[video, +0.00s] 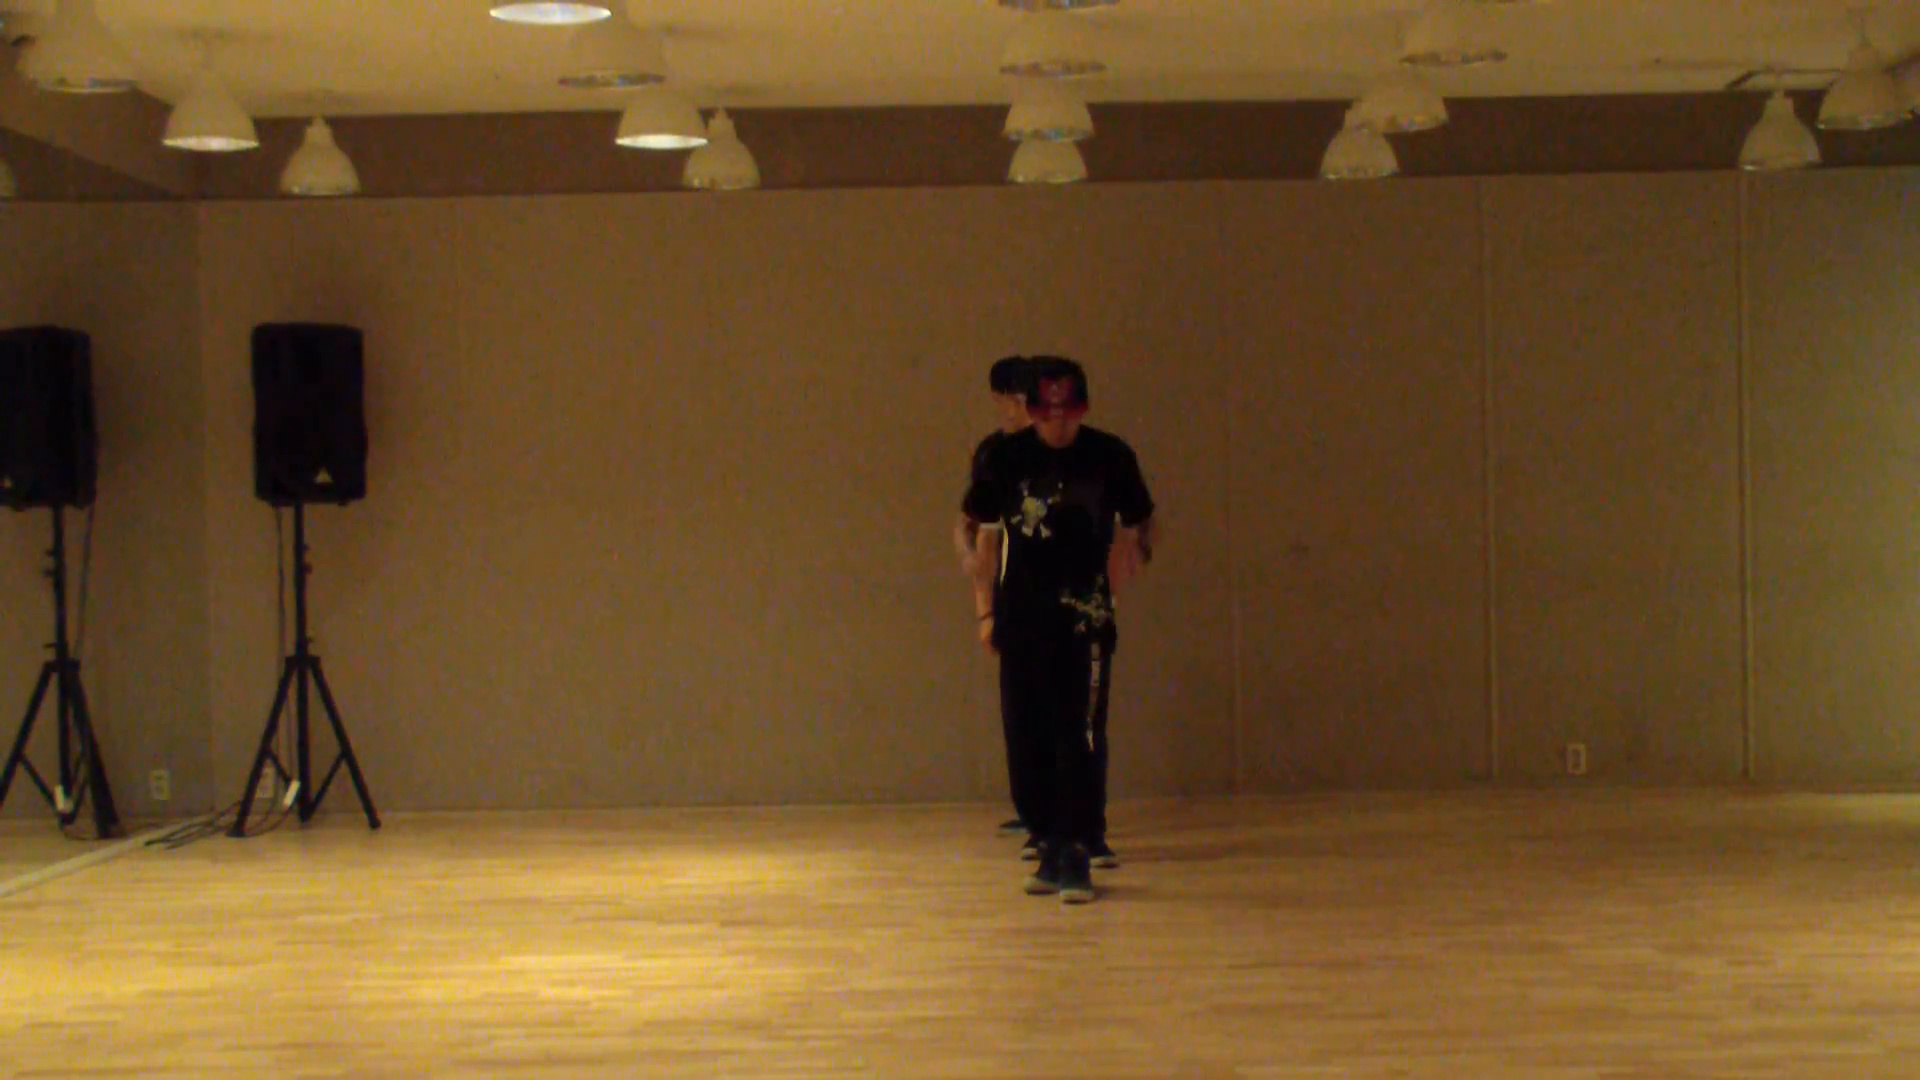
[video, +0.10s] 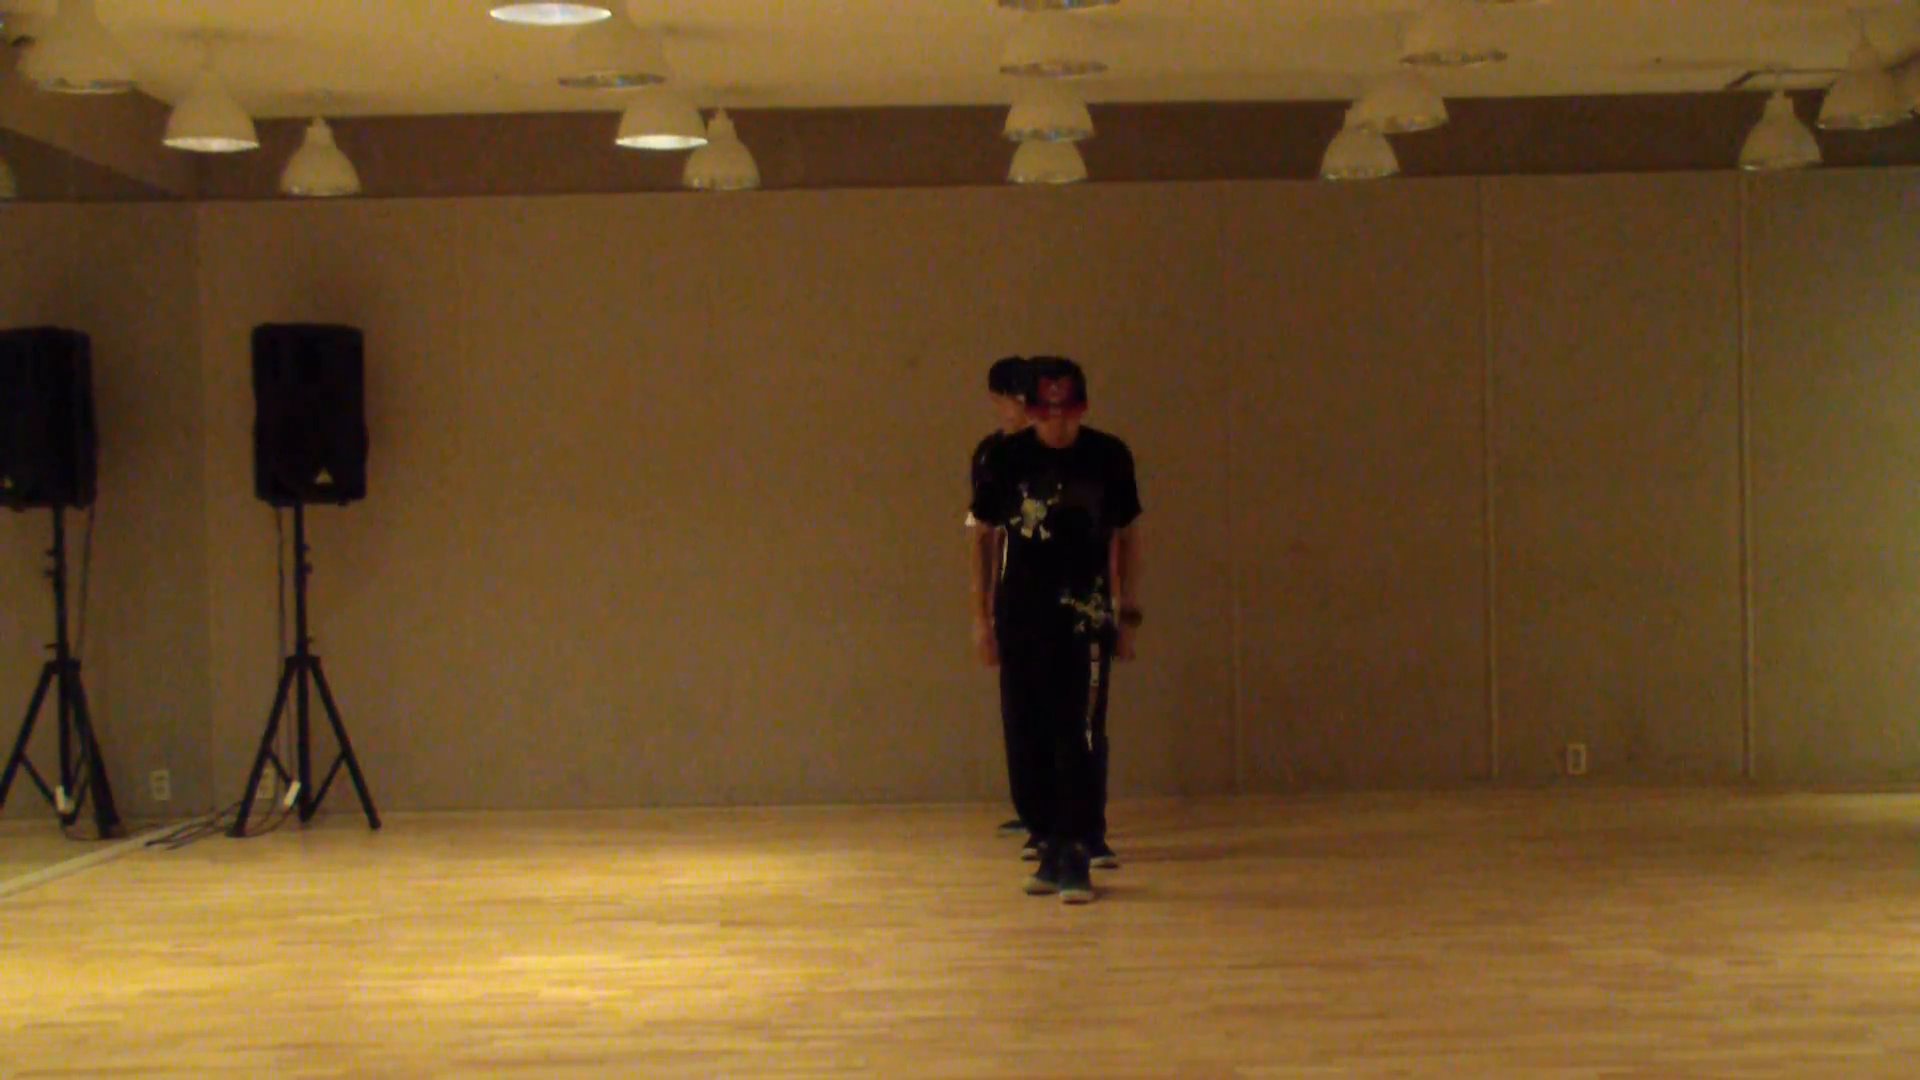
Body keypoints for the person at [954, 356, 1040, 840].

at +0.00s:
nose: (1001, 408)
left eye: (1005, 399)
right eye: (999, 399)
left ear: (1024, 399)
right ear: (1002, 400)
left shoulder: (1055, 449)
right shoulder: (993, 450)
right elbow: (967, 518)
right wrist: (969, 551)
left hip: (1053, 584)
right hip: (1012, 585)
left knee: (1052, 700)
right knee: (1021, 700)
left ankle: (1047, 810)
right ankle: (1026, 807)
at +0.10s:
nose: (999, 410)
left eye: (1002, 401)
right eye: (997, 401)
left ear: (1020, 400)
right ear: (1003, 401)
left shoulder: (1052, 451)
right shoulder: (990, 453)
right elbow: (981, 534)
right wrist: (984, 610)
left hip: (1058, 594)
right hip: (1015, 596)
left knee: (1058, 708)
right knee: (1022, 708)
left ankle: (1050, 814)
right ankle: (1027, 807)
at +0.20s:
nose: (998, 410)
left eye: (1002, 401)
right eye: (997, 401)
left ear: (1020, 400)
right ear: (1003, 401)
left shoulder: (1053, 451)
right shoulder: (990, 452)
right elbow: (982, 533)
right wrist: (984, 591)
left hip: (1054, 591)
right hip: (1013, 593)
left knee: (1052, 704)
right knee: (1022, 705)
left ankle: (1046, 811)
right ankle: (1027, 805)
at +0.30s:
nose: (998, 411)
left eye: (1002, 402)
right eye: (996, 402)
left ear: (1019, 400)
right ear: (1000, 402)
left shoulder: (1052, 450)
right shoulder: (990, 453)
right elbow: (980, 530)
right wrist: (984, 591)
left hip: (1052, 590)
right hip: (1011, 592)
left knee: (1050, 704)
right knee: (1020, 704)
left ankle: (1046, 811)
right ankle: (1026, 807)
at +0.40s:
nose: (997, 410)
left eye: (1001, 401)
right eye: (996, 401)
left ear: (1017, 399)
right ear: (1000, 400)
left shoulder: (1051, 450)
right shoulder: (990, 452)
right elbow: (981, 529)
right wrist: (984, 591)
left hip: (1050, 589)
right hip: (1010, 591)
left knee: (1050, 701)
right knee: (1021, 701)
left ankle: (1047, 810)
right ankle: (1026, 805)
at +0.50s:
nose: (1000, 411)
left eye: (1006, 402)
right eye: (997, 402)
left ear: (1023, 402)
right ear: (995, 403)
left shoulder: (1050, 452)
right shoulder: (986, 455)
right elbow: (986, 540)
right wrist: (988, 615)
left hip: (1062, 597)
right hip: (1015, 601)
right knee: (1022, 713)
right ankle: (1028, 810)